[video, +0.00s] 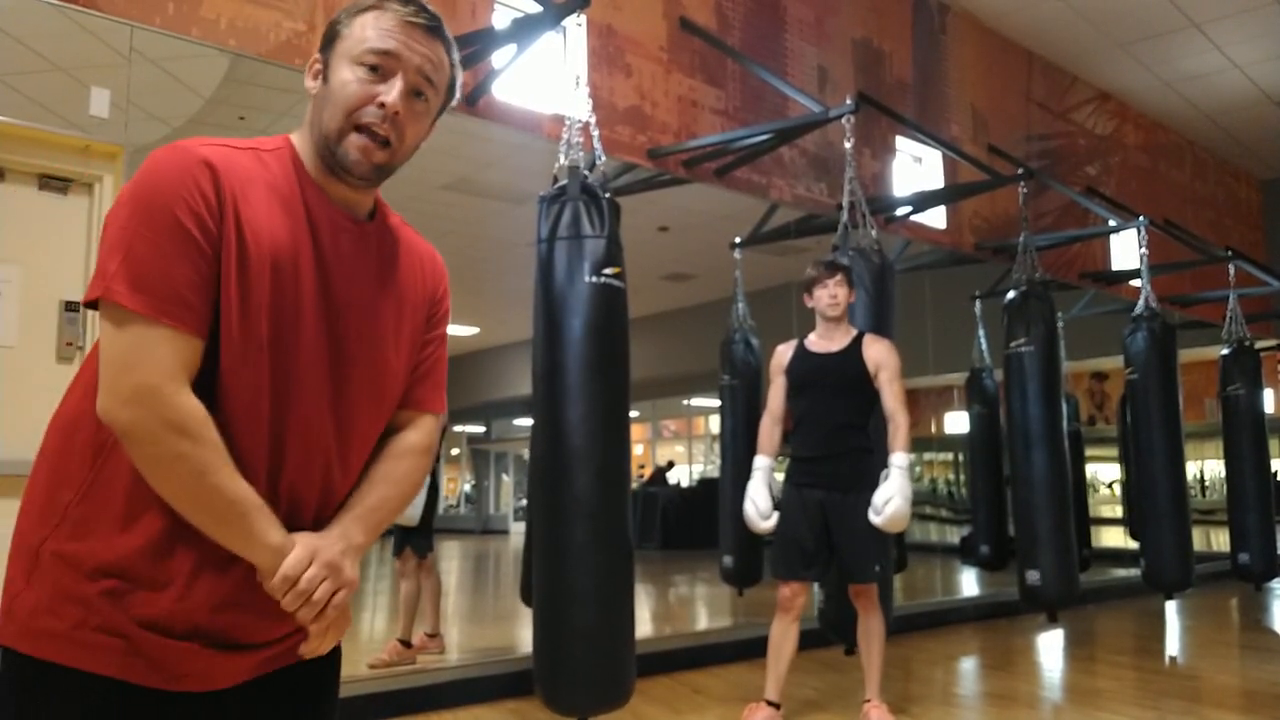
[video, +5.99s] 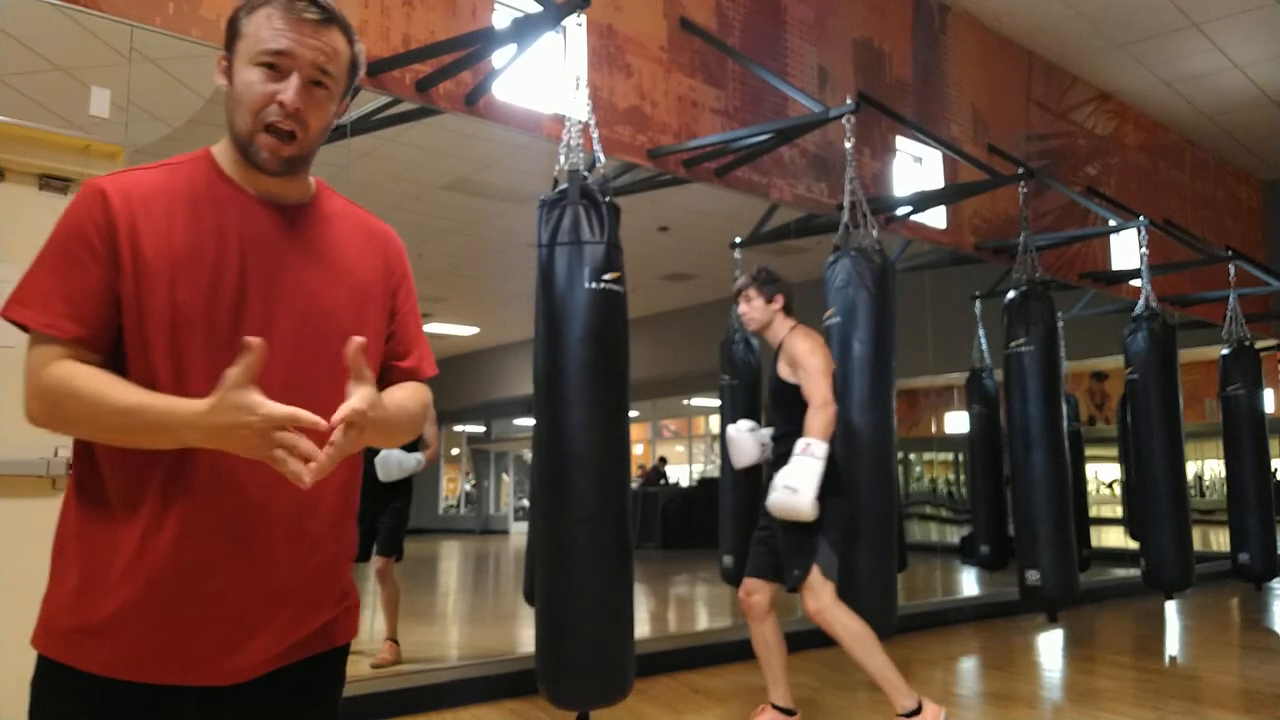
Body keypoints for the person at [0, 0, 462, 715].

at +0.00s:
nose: (394, 101)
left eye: (421, 92)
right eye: (375, 68)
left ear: (429, 125)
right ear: (317, 73)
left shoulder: (421, 273)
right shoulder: (194, 179)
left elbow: (417, 430)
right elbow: (141, 396)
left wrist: (349, 538)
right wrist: (280, 554)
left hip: (284, 654)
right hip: (101, 643)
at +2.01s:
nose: (190, 73)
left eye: (218, 56)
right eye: (167, 46)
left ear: (246, 83)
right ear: (122, 58)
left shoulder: (309, 224)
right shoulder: (27, 199)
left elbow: (361, 397)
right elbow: (0, 374)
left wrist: (318, 343)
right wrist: (131, 377)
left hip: (259, 642)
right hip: (61, 640)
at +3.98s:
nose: (284, 108)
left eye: (312, 93)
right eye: (267, 77)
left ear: (335, 117)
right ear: (221, 80)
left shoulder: (367, 252)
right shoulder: (111, 209)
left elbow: (407, 412)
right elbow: (35, 383)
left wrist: (325, 351)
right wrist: (189, 397)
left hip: (290, 645)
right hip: (109, 637)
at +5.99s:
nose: (289, 99)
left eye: (318, 84)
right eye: (270, 68)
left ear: (341, 106)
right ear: (225, 72)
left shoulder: (376, 248)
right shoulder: (117, 208)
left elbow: (416, 400)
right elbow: (47, 387)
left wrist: (374, 419)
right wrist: (202, 422)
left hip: (295, 651)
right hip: (116, 646)